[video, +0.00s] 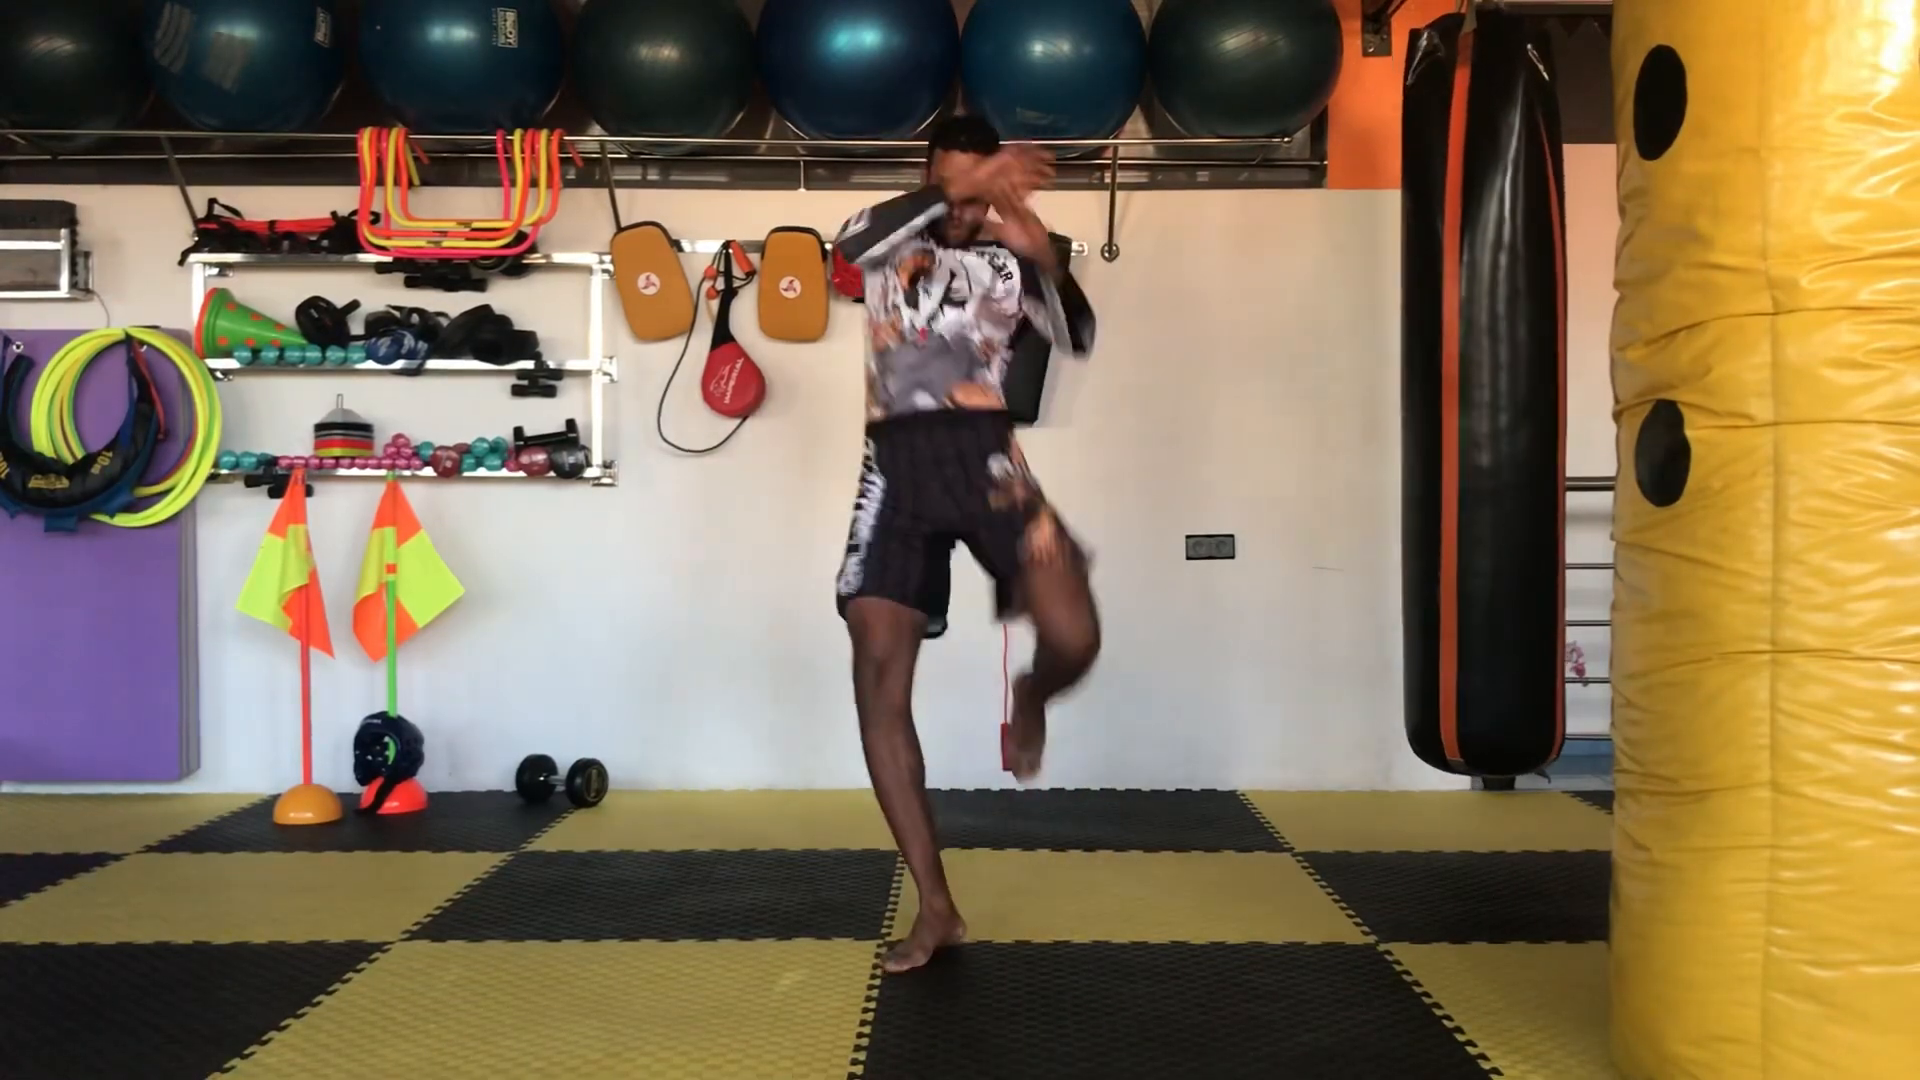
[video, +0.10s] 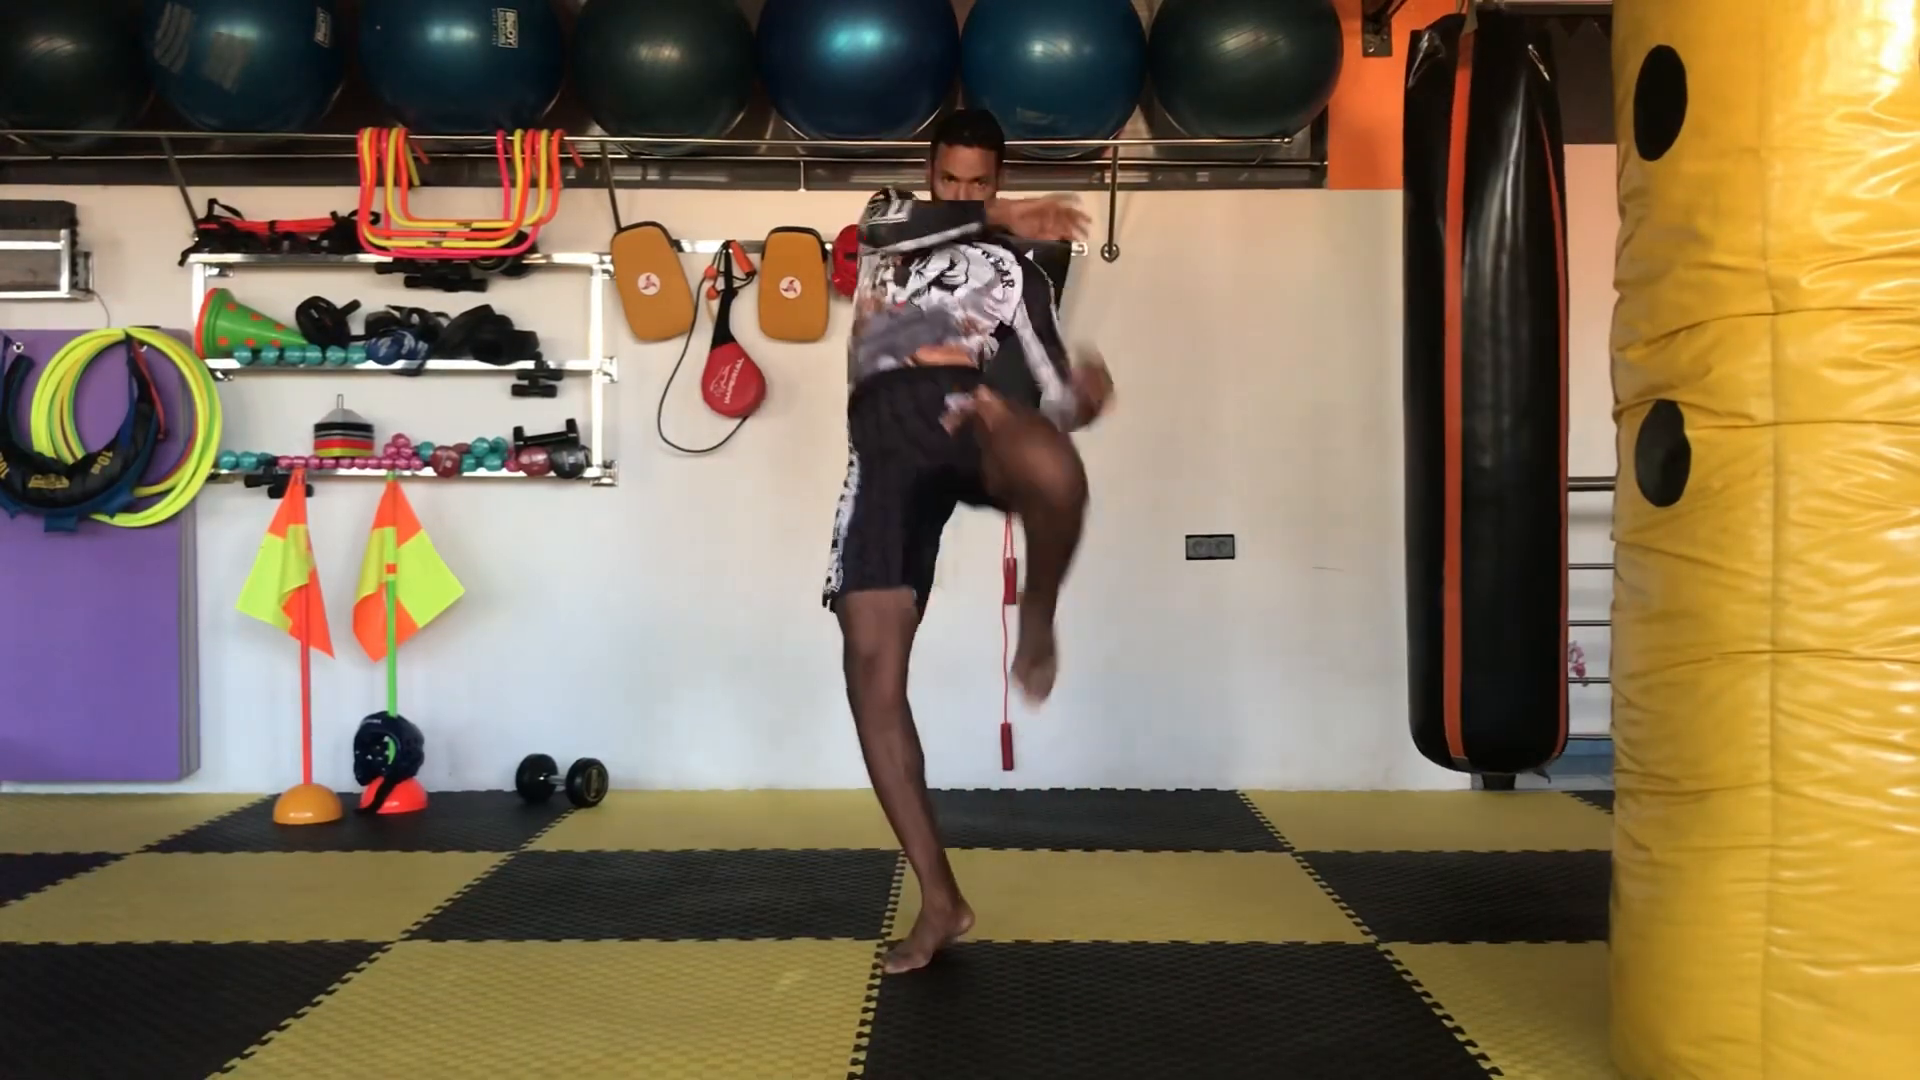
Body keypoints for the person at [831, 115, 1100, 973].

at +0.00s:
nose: (979, 188)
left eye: (989, 174)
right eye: (965, 173)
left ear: (1004, 176)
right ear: (937, 171)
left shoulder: (1026, 251)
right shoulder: (885, 234)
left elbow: (1078, 338)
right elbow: (848, 253)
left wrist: (1042, 256)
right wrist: (961, 190)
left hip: (988, 453)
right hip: (895, 460)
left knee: (1074, 640)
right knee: (878, 677)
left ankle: (1028, 701)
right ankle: (934, 905)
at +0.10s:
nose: (965, 194)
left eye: (980, 181)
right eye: (950, 179)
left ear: (999, 179)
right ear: (928, 171)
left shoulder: (1023, 261)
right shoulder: (889, 227)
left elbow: (1055, 386)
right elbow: (888, 233)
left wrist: (1084, 393)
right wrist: (996, 216)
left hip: (988, 412)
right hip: (892, 421)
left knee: (1058, 483)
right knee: (871, 674)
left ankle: (1037, 617)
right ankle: (939, 897)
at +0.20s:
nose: (975, 197)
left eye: (991, 186)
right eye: (961, 183)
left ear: (1008, 188)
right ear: (939, 176)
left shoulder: (1028, 260)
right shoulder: (893, 220)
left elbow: (1032, 374)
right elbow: (894, 225)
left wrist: (1081, 479)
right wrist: (1002, 227)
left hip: (962, 406)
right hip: (877, 424)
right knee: (871, 666)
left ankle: (1064, 526)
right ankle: (935, 888)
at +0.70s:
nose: (963, 157)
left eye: (980, 143)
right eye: (952, 142)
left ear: (1011, 153)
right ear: (935, 150)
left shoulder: (1037, 249)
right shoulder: (907, 233)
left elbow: (1049, 392)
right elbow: (820, 290)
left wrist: (1015, 355)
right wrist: (895, 245)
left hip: (965, 404)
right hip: (881, 429)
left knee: (935, 450)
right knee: (900, 678)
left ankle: (1027, 652)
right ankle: (957, 906)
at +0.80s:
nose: (963, 140)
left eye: (981, 126)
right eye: (951, 125)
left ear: (1011, 140)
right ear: (935, 134)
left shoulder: (1038, 241)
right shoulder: (909, 228)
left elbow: (1060, 381)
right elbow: (822, 342)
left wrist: (1004, 332)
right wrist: (840, 304)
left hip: (972, 421)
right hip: (895, 438)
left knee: (958, 555)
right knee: (917, 679)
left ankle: (1043, 732)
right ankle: (961, 912)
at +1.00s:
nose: (963, 127)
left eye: (982, 114)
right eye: (953, 110)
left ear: (1011, 129)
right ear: (936, 121)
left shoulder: (1042, 226)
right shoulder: (920, 234)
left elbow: (1080, 374)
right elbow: (916, 346)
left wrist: (994, 314)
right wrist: (880, 383)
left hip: (1006, 462)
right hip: (927, 466)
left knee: (1028, 678)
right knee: (937, 685)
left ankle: (1085, 839)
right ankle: (959, 909)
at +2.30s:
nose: (962, 210)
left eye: (976, 197)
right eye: (948, 196)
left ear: (999, 197)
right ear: (931, 199)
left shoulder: (1045, 263)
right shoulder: (920, 278)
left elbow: (1101, 360)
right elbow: (854, 365)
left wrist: (1050, 272)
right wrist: (893, 273)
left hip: (1017, 484)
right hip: (940, 484)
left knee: (1006, 673)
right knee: (942, 669)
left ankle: (1033, 858)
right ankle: (977, 799)